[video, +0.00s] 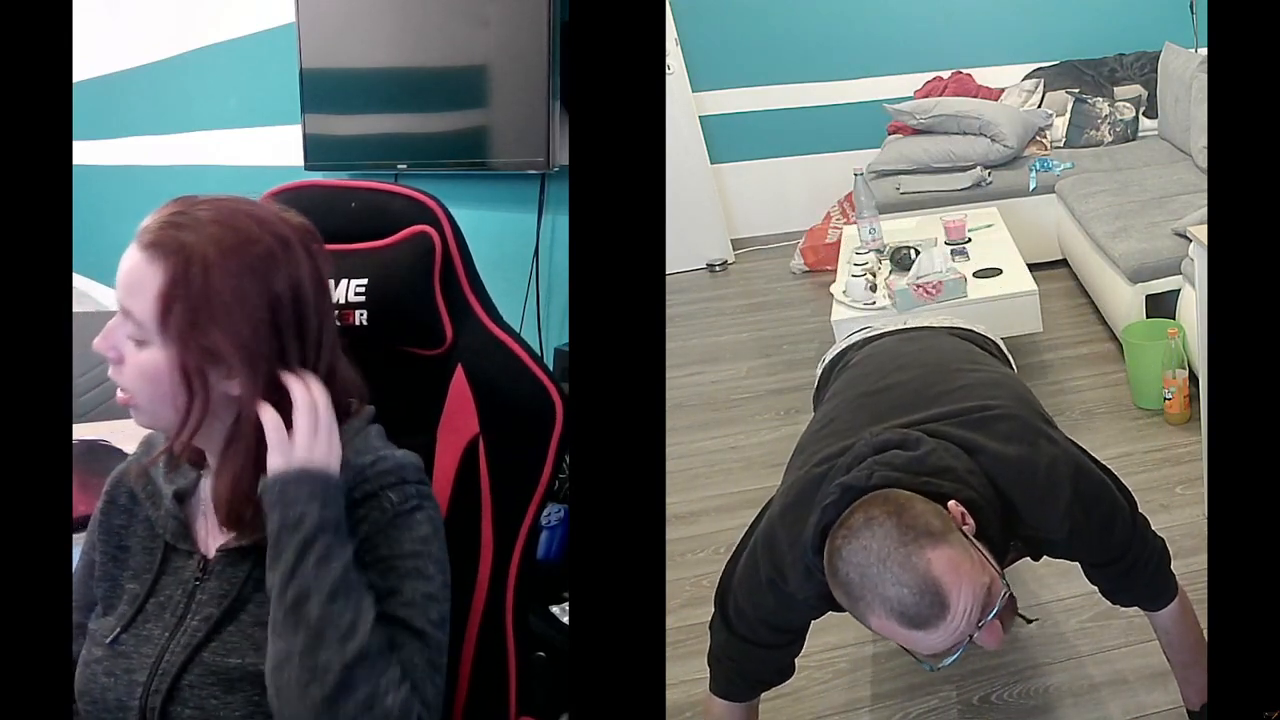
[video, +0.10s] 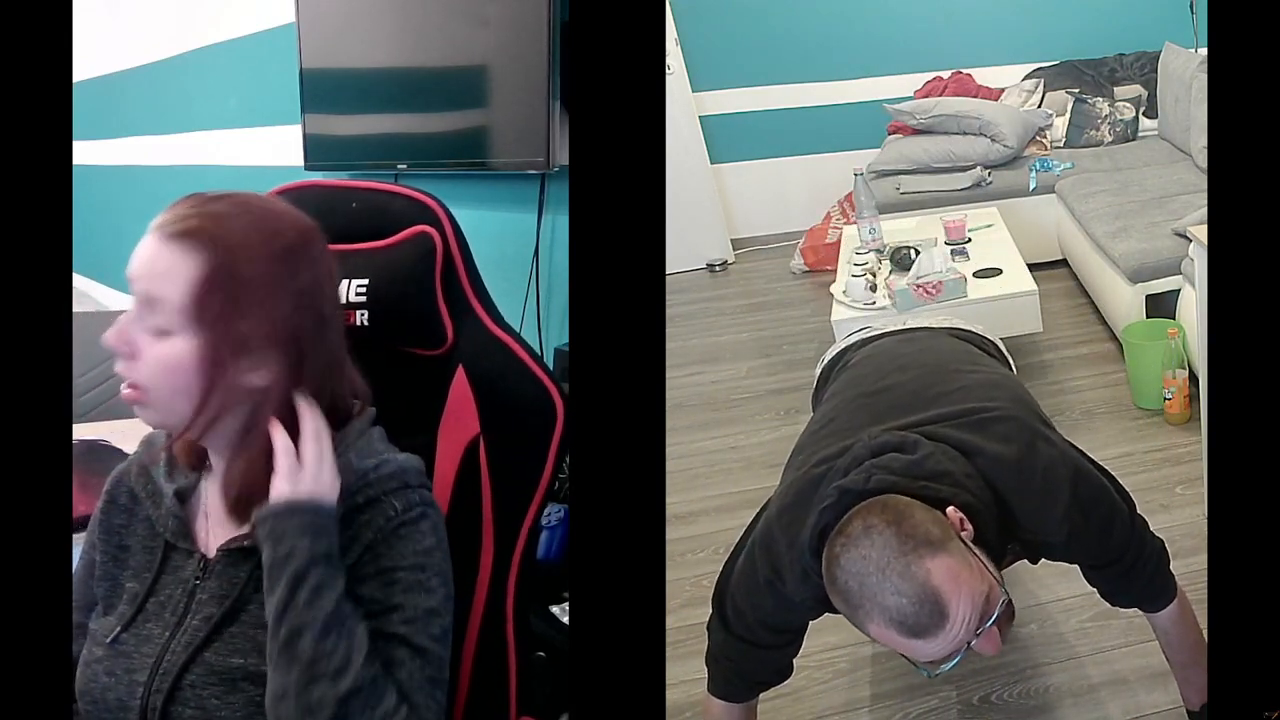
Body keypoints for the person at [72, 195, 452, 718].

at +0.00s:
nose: (101, 346)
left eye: (137, 335)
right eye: (117, 317)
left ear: (234, 372)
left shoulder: (383, 499)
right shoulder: (135, 488)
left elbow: (370, 712)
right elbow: (76, 660)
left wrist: (303, 508)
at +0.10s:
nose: (114, 339)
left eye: (156, 326)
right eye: (130, 309)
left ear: (255, 361)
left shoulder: (387, 506)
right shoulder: (136, 488)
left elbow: (380, 716)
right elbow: (75, 658)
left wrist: (298, 539)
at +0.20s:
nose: (199, 335)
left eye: (246, 311)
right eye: (179, 306)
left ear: (318, 339)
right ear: (155, 329)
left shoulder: (386, 506)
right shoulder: (134, 486)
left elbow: (397, 711)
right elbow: (76, 659)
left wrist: (295, 572)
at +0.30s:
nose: (268, 328)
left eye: (297, 301)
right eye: (231, 302)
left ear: (333, 331)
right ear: (173, 339)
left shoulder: (391, 514)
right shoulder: (130, 491)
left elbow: (410, 710)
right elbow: (77, 660)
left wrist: (299, 595)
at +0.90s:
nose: (314, 353)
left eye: (331, 317)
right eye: (271, 320)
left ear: (348, 333)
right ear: (186, 342)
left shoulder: (389, 522)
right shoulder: (122, 493)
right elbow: (80, 676)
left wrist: (304, 634)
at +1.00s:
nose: (312, 352)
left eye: (330, 317)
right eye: (271, 319)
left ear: (347, 333)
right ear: (186, 340)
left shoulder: (393, 537)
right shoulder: (120, 500)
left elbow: (406, 707)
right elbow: (81, 682)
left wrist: (262, 686)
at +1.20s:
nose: (311, 343)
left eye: (329, 312)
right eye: (270, 313)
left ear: (347, 329)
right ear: (186, 337)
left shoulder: (389, 539)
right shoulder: (118, 502)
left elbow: (406, 707)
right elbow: (81, 684)